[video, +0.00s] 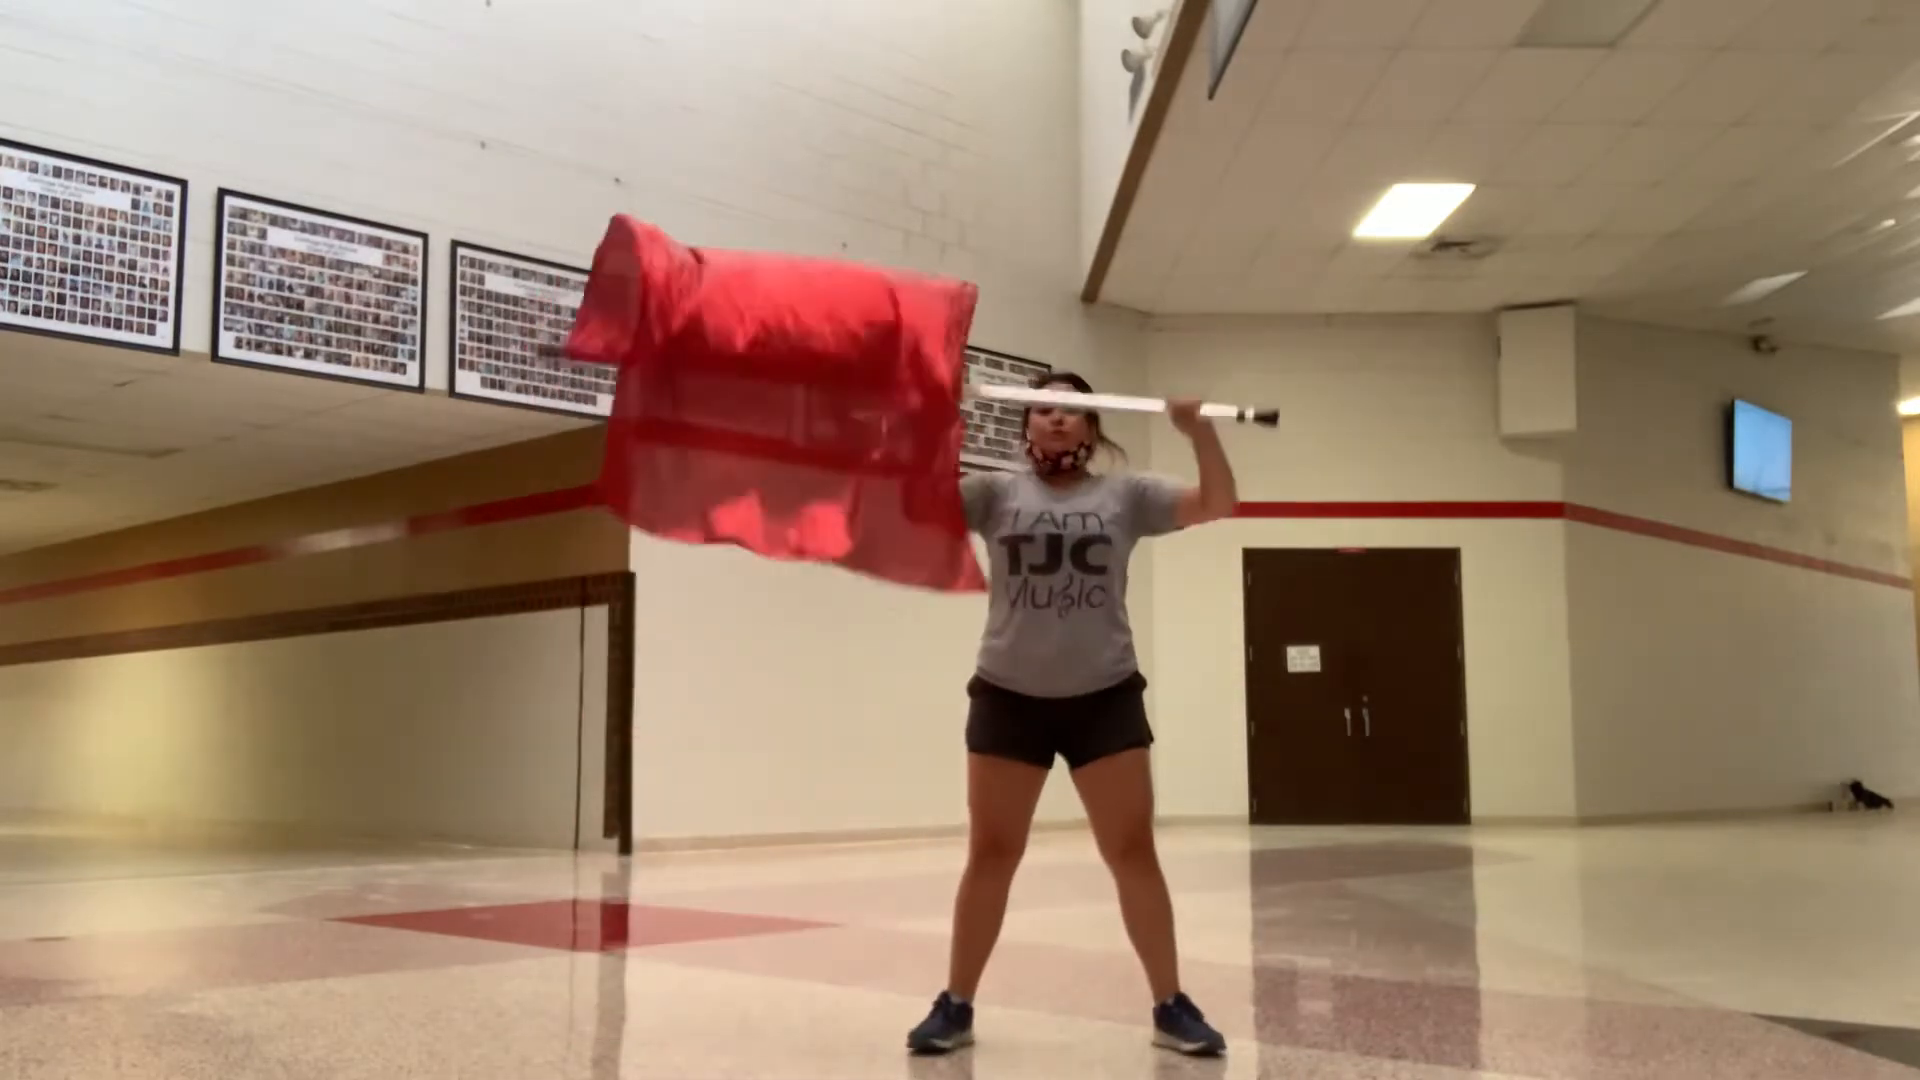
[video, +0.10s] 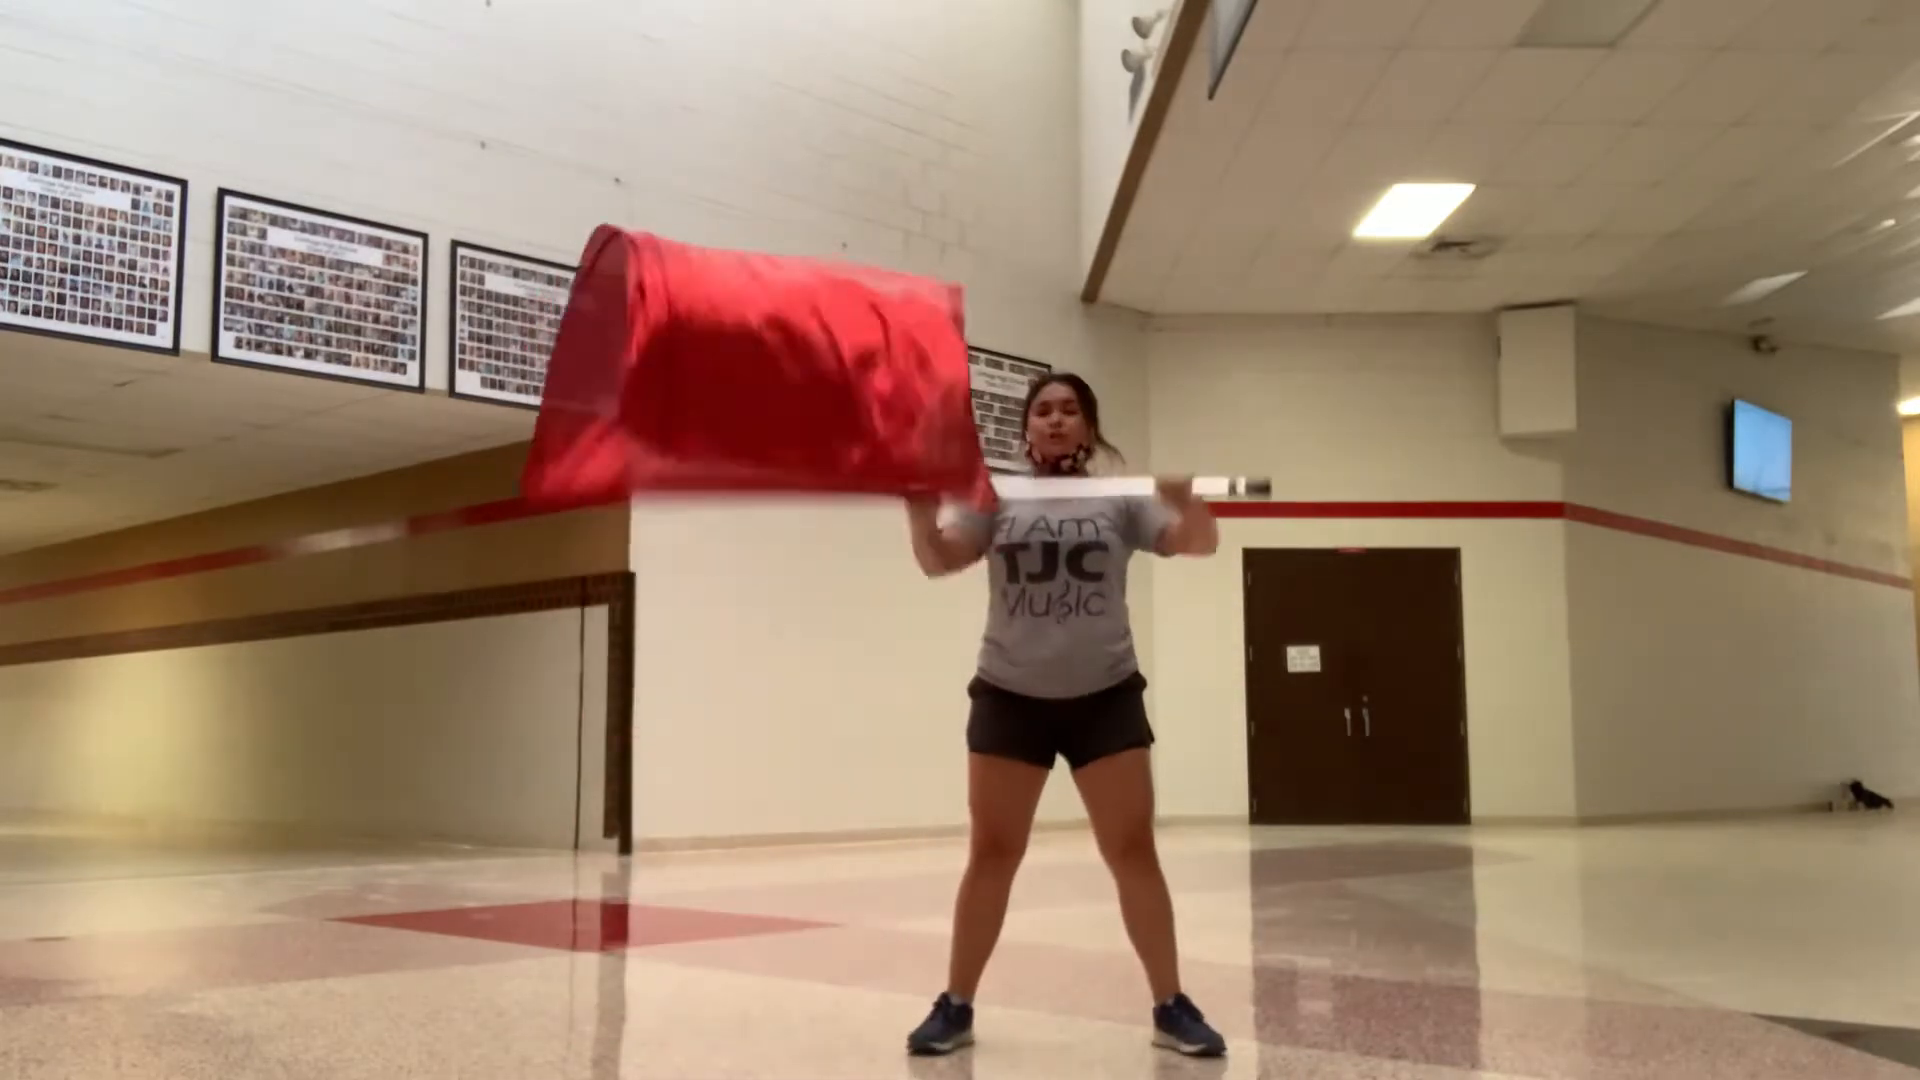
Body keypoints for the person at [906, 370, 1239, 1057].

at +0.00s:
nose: (1053, 421)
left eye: (1067, 413)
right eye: (1043, 411)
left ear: (1091, 430)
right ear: (1025, 426)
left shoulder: (1123, 496)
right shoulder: (995, 492)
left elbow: (1218, 500)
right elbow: (910, 498)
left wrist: (1196, 428)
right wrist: (927, 423)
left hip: (1104, 696)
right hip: (1009, 695)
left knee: (1134, 852)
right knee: (991, 853)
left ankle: (1170, 1004)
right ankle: (955, 1004)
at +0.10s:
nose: (1054, 419)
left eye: (1068, 409)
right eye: (1042, 409)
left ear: (1090, 427)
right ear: (1025, 426)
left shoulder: (1120, 497)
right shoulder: (998, 498)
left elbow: (1201, 542)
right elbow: (937, 560)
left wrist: (1185, 499)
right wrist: (917, 497)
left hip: (1104, 695)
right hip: (1011, 696)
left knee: (1134, 851)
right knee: (993, 852)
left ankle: (1170, 1005)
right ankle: (955, 1004)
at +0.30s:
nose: (1053, 423)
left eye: (1067, 413)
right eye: (1041, 412)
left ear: (1088, 431)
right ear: (1022, 427)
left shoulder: (1121, 502)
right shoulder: (987, 506)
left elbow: (1168, 578)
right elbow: (968, 608)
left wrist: (1188, 621)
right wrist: (954, 693)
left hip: (1098, 694)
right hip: (1001, 697)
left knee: (1129, 851)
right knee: (987, 853)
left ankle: (1170, 1004)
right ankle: (956, 1004)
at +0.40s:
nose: (1050, 424)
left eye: (1064, 415)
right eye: (1039, 413)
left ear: (1085, 431)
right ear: (1019, 426)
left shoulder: (1119, 501)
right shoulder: (987, 506)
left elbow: (1170, 578)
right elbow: (962, 605)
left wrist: (1177, 636)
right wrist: (943, 694)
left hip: (1095, 695)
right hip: (1000, 697)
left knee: (1129, 853)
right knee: (987, 854)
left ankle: (1170, 1005)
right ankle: (955, 1004)